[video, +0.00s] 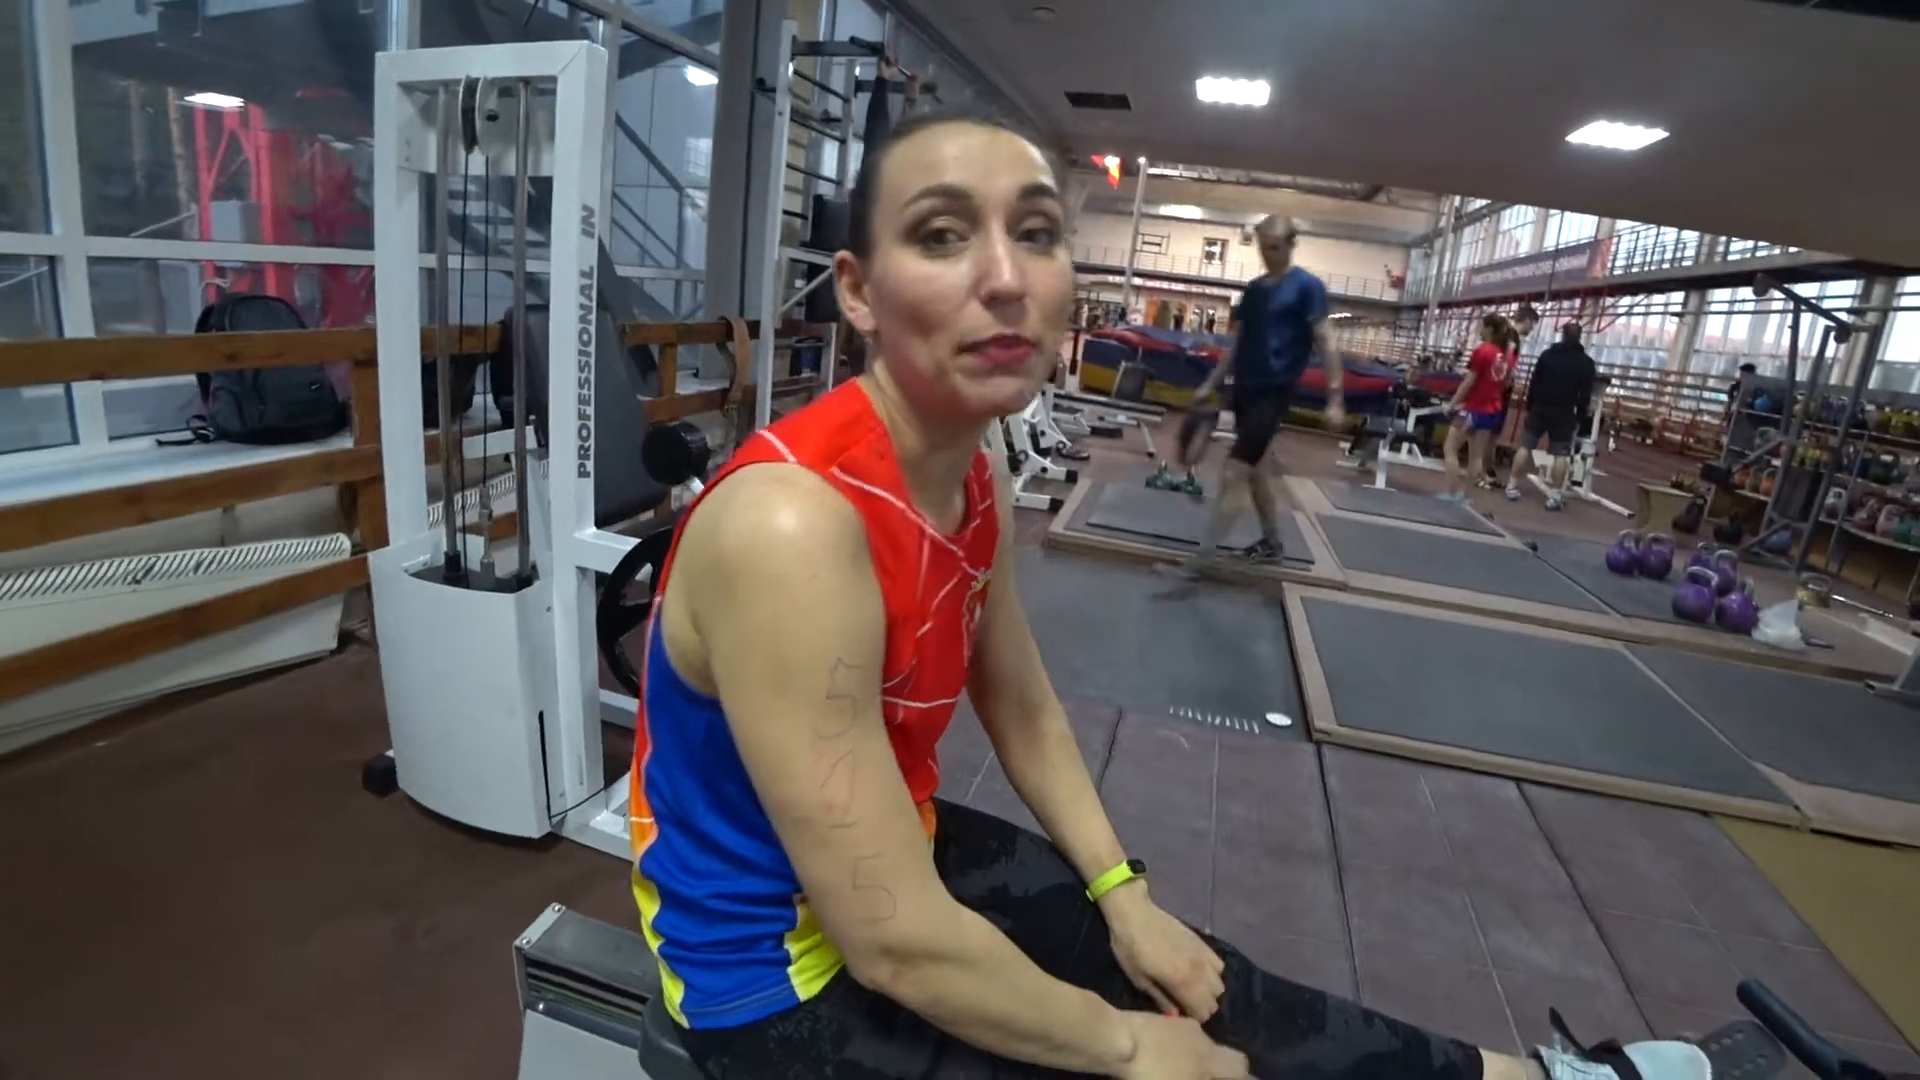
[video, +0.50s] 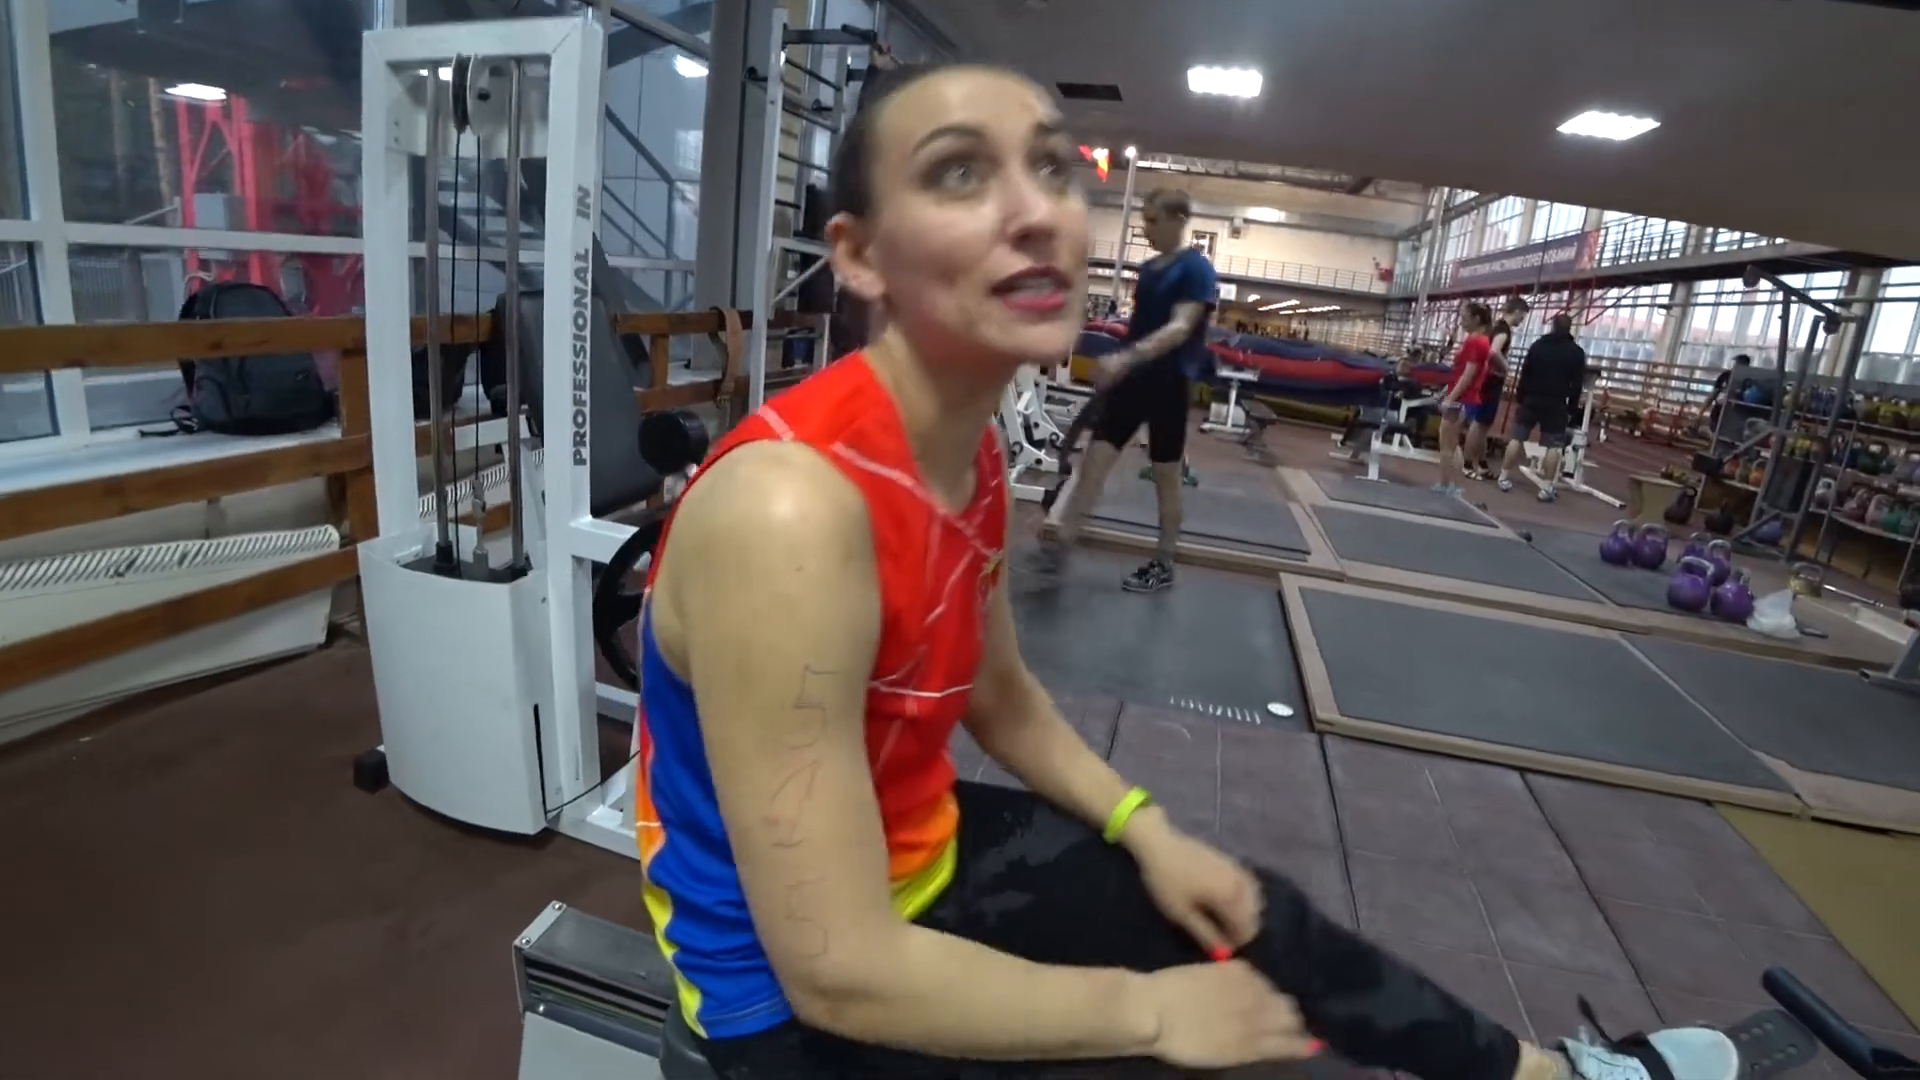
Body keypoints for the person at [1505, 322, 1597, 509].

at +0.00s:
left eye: (1565, 333)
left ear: (1563, 335)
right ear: (1579, 338)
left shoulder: (1548, 355)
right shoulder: (1586, 363)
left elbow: (1534, 382)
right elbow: (1584, 394)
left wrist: (1529, 405)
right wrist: (1581, 416)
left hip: (1540, 407)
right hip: (1564, 412)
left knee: (1526, 446)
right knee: (1561, 454)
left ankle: (1511, 486)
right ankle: (1554, 496)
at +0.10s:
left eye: (1558, 329)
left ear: (1556, 331)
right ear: (1572, 334)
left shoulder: (1540, 351)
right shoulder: (1580, 359)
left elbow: (1527, 378)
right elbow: (1578, 390)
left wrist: (1523, 401)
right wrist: (1574, 412)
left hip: (1533, 404)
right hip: (1558, 409)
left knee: (1520, 443)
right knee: (1555, 450)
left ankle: (1506, 482)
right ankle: (1549, 492)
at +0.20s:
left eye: (1553, 328)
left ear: (1551, 329)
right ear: (1568, 331)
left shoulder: (1536, 349)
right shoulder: (1575, 356)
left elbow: (1523, 376)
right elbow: (1574, 387)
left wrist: (1518, 398)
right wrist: (1569, 410)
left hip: (1529, 401)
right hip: (1554, 406)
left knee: (1516, 440)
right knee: (1551, 448)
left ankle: (1502, 480)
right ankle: (1545, 490)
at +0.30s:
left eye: (1551, 327)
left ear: (1549, 328)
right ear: (1566, 330)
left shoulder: (1535, 348)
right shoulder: (1573, 356)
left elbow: (1522, 375)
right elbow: (1573, 387)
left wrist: (1517, 398)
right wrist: (1569, 409)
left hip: (1528, 401)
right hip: (1553, 406)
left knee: (1514, 440)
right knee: (1550, 448)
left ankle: (1501, 480)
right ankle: (1544, 489)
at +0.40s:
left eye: (1550, 326)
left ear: (1550, 328)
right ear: (1567, 330)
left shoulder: (1535, 347)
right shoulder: (1574, 355)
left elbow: (1522, 375)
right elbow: (1573, 386)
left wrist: (1517, 397)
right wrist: (1569, 409)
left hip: (1528, 400)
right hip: (1553, 405)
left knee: (1515, 439)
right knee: (1550, 446)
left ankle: (1501, 479)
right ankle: (1544, 489)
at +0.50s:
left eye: (1554, 325)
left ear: (1553, 326)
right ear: (1570, 329)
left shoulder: (1539, 345)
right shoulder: (1576, 352)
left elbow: (1525, 373)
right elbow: (1576, 384)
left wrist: (1520, 396)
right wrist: (1572, 407)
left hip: (1532, 398)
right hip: (1556, 403)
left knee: (1517, 437)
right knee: (1553, 445)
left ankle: (1503, 477)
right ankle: (1546, 488)